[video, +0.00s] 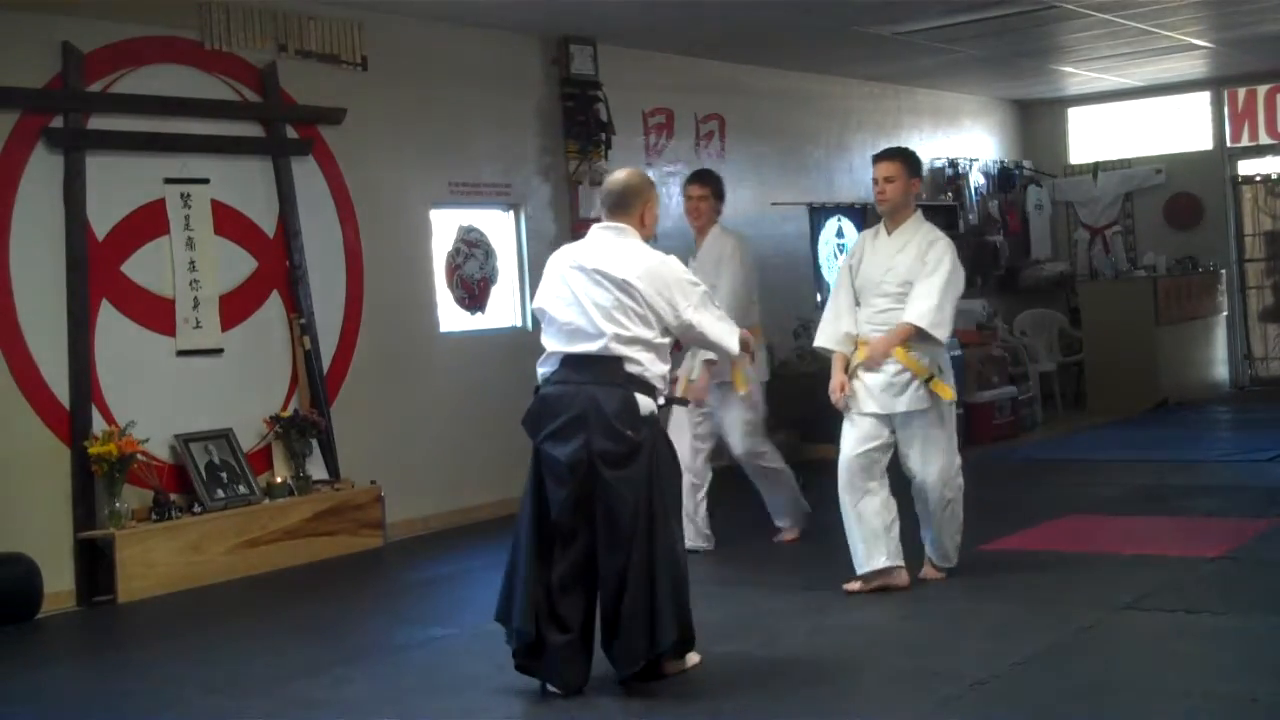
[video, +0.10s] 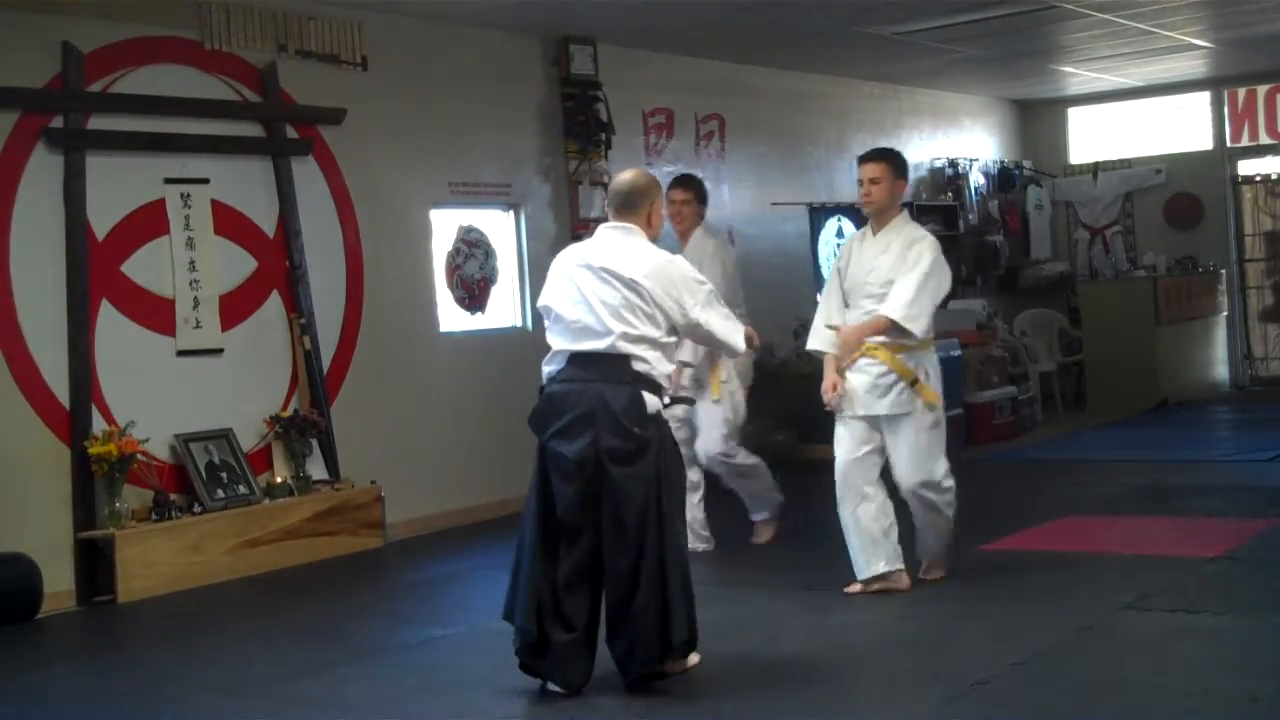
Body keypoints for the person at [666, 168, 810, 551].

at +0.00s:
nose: (694, 207)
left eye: (702, 199)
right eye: (689, 200)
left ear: (718, 204)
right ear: (683, 205)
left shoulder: (731, 246)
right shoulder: (700, 252)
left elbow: (729, 312)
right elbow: (702, 312)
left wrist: (702, 369)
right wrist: (683, 364)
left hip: (736, 360)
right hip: (700, 360)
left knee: (745, 443)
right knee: (687, 450)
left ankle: (792, 514)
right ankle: (695, 534)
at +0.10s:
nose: (678, 211)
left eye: (686, 204)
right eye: (673, 204)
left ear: (701, 208)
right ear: (666, 209)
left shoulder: (711, 249)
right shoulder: (688, 250)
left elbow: (704, 317)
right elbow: (689, 310)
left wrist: (684, 366)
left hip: (723, 356)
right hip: (685, 357)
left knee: (713, 449)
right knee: (677, 446)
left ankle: (766, 504)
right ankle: (694, 534)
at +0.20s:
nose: (662, 213)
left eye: (669, 206)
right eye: (659, 206)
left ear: (686, 210)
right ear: (656, 209)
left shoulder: (701, 246)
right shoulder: (658, 252)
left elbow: (706, 314)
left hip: (713, 352)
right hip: (676, 354)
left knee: (697, 439)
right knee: (681, 442)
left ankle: (727, 522)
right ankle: (693, 529)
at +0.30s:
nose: (654, 214)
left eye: (660, 207)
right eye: (654, 207)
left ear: (673, 209)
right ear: (654, 208)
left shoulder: (690, 249)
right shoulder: (635, 253)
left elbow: (698, 313)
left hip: (705, 355)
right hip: (661, 358)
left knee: (683, 431)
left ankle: (695, 537)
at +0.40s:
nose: (648, 213)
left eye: (652, 205)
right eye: (648, 205)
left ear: (664, 209)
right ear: (651, 210)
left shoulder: (675, 247)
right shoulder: (633, 252)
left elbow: (696, 306)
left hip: (693, 355)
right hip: (658, 355)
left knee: (674, 447)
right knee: (665, 451)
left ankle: (698, 533)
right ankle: (694, 533)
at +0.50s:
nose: (647, 211)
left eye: (650, 204)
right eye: (646, 204)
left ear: (660, 207)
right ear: (644, 206)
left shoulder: (676, 246)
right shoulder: (628, 251)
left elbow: (696, 305)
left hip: (684, 355)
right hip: (647, 355)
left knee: (667, 454)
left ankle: (699, 533)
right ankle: (697, 532)